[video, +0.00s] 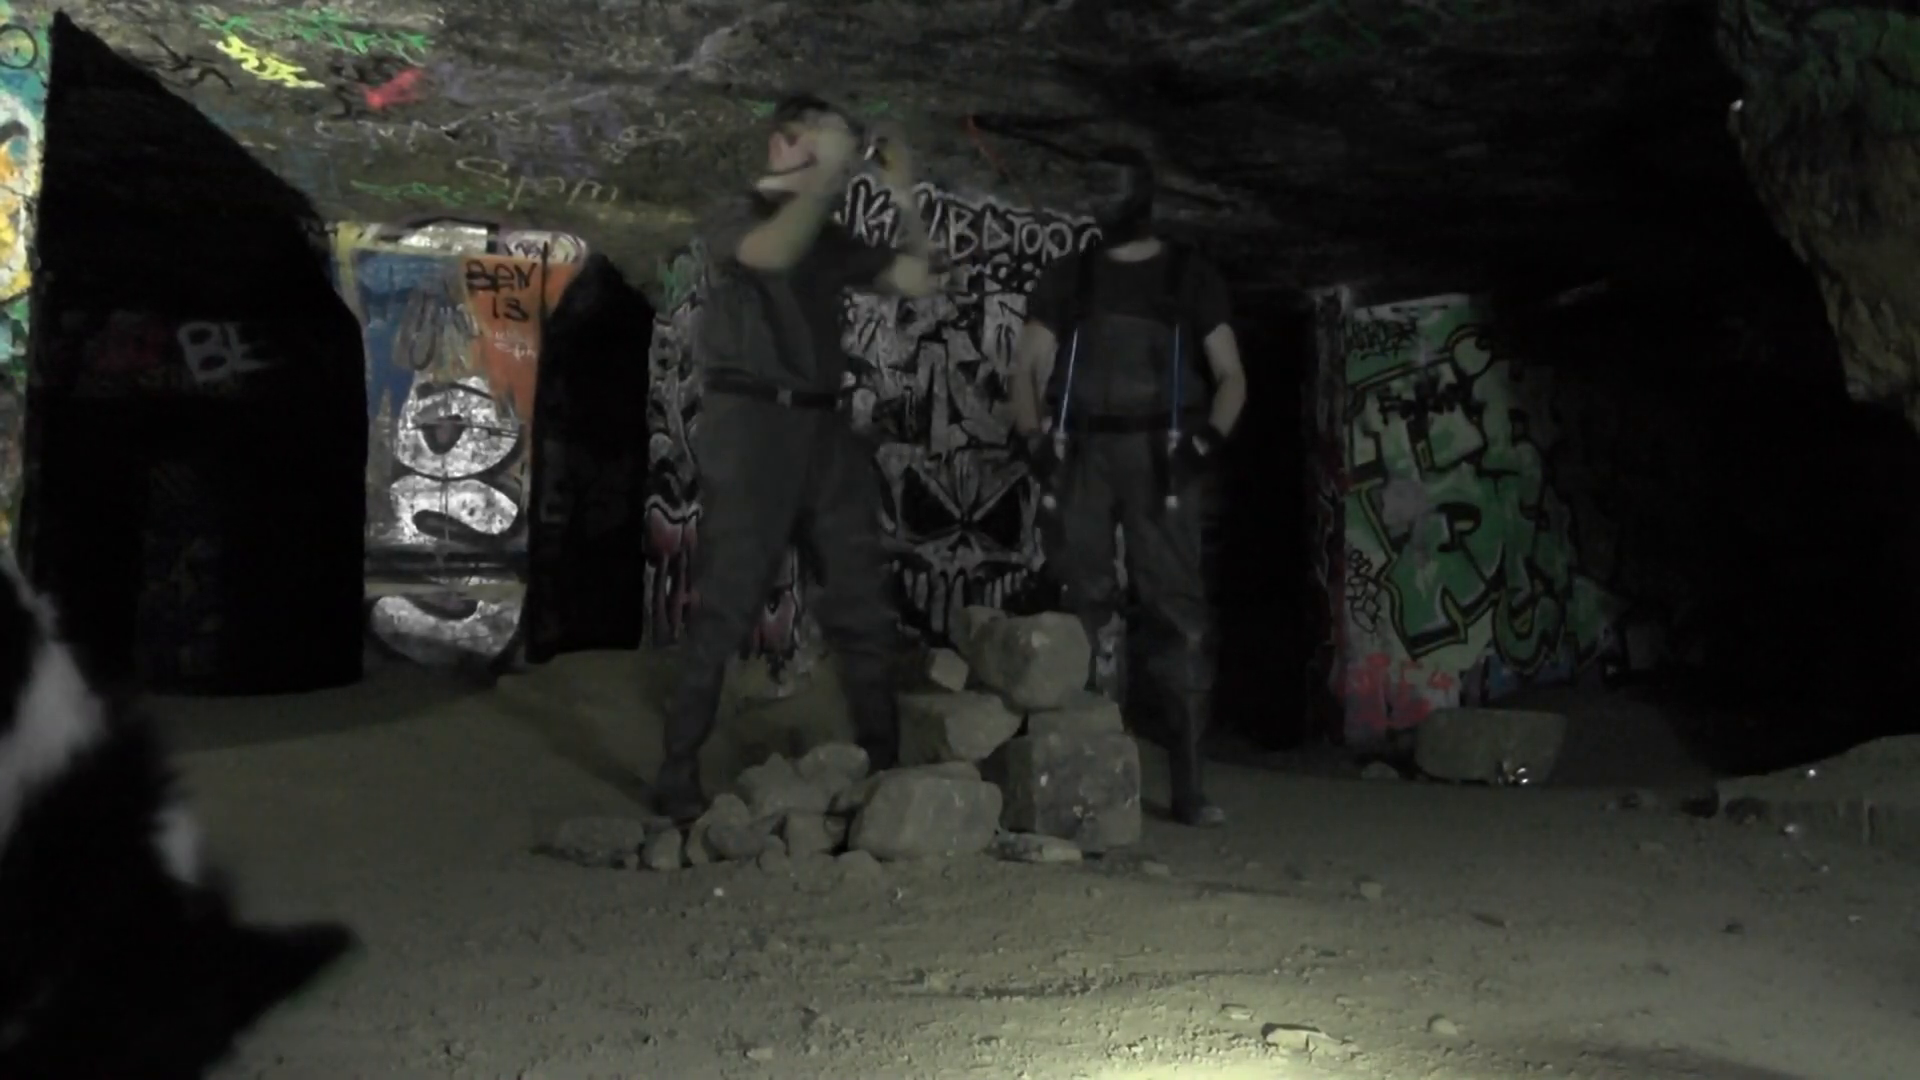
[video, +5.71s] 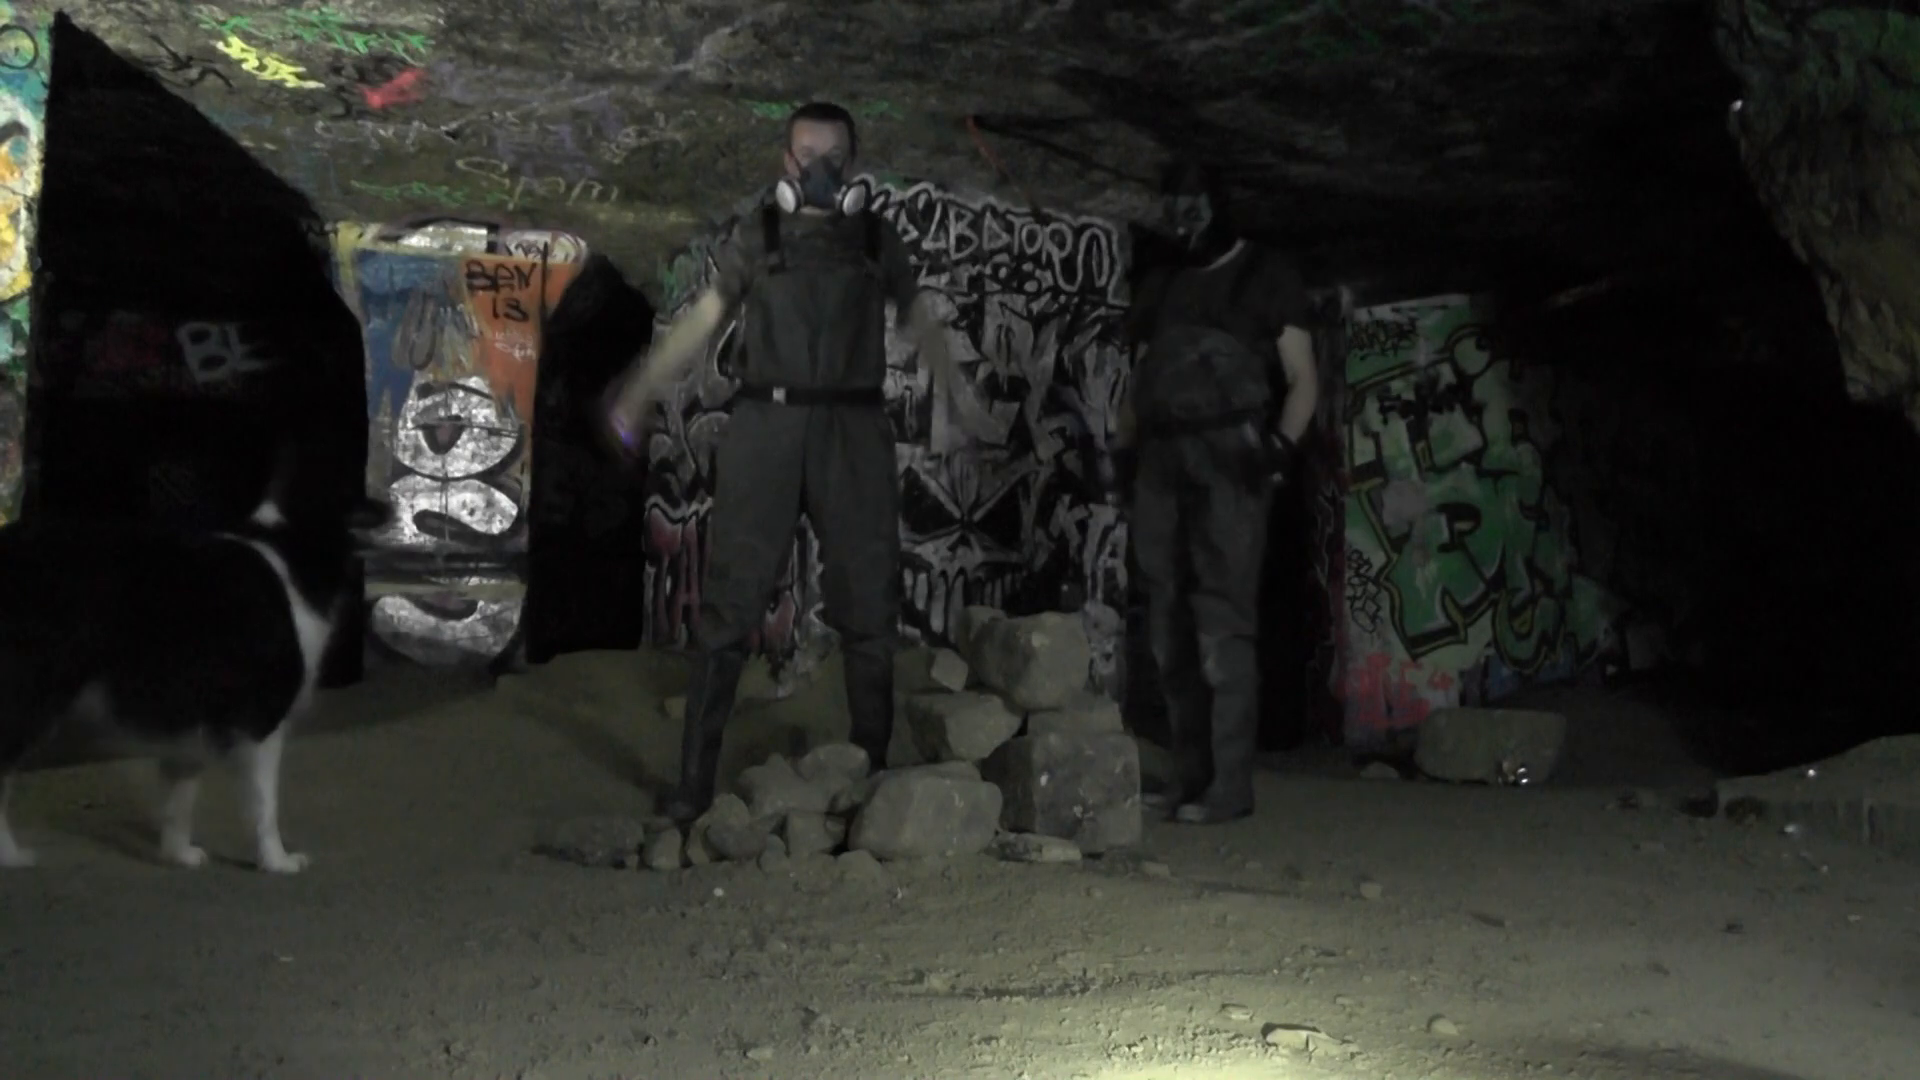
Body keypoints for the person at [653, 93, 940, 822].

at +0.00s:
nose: (817, 161)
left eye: (826, 150)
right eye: (806, 145)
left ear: (834, 163)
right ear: (777, 146)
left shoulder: (828, 237)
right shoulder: (731, 217)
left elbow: (915, 276)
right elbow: (768, 252)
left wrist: (903, 192)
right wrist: (824, 178)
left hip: (823, 434)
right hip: (746, 429)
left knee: (860, 598)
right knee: (729, 601)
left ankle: (882, 766)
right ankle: (679, 771)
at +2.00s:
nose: (815, 164)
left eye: (827, 154)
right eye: (804, 154)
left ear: (848, 164)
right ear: (787, 165)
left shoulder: (870, 226)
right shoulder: (765, 225)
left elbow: (911, 255)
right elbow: (692, 250)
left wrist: (870, 157)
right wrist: (738, 154)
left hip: (852, 435)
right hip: (763, 432)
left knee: (865, 608)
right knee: (730, 605)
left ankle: (869, 777)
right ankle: (695, 785)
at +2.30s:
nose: (808, 181)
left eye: (825, 167)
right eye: (797, 166)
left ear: (851, 172)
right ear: (775, 171)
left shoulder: (874, 240)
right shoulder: (758, 237)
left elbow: (914, 322)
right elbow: (692, 308)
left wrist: (867, 217)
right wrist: (747, 216)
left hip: (854, 442)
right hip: (763, 439)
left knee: (867, 614)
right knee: (730, 609)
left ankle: (872, 779)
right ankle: (696, 785)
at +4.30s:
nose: (812, 209)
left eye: (827, 196)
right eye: (800, 194)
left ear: (848, 181)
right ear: (780, 175)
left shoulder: (875, 240)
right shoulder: (741, 237)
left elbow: (905, 343)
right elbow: (708, 336)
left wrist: (847, 328)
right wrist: (770, 319)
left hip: (850, 446)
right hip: (758, 443)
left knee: (865, 611)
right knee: (731, 607)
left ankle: (875, 776)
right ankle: (695, 783)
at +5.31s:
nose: (815, 183)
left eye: (829, 170)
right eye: (804, 167)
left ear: (851, 168)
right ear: (784, 160)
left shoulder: (875, 239)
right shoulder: (744, 235)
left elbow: (916, 350)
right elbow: (699, 341)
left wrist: (881, 275)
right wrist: (744, 290)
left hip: (854, 441)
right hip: (763, 439)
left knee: (868, 613)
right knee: (732, 608)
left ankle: (874, 780)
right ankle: (695, 788)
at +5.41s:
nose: (815, 180)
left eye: (828, 169)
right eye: (804, 166)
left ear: (849, 167)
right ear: (785, 160)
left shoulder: (876, 240)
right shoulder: (750, 236)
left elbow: (918, 341)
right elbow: (709, 335)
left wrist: (930, 429)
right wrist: (694, 431)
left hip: (854, 442)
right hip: (762, 440)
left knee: (869, 613)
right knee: (731, 607)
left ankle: (873, 777)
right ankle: (694, 785)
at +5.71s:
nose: (820, 173)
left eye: (834, 161)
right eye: (808, 158)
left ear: (854, 164)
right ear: (785, 156)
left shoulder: (877, 236)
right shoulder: (754, 229)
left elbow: (925, 326)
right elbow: (701, 321)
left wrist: (959, 404)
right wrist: (639, 393)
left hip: (855, 441)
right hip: (764, 439)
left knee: (867, 612)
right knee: (733, 608)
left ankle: (873, 776)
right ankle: (694, 785)